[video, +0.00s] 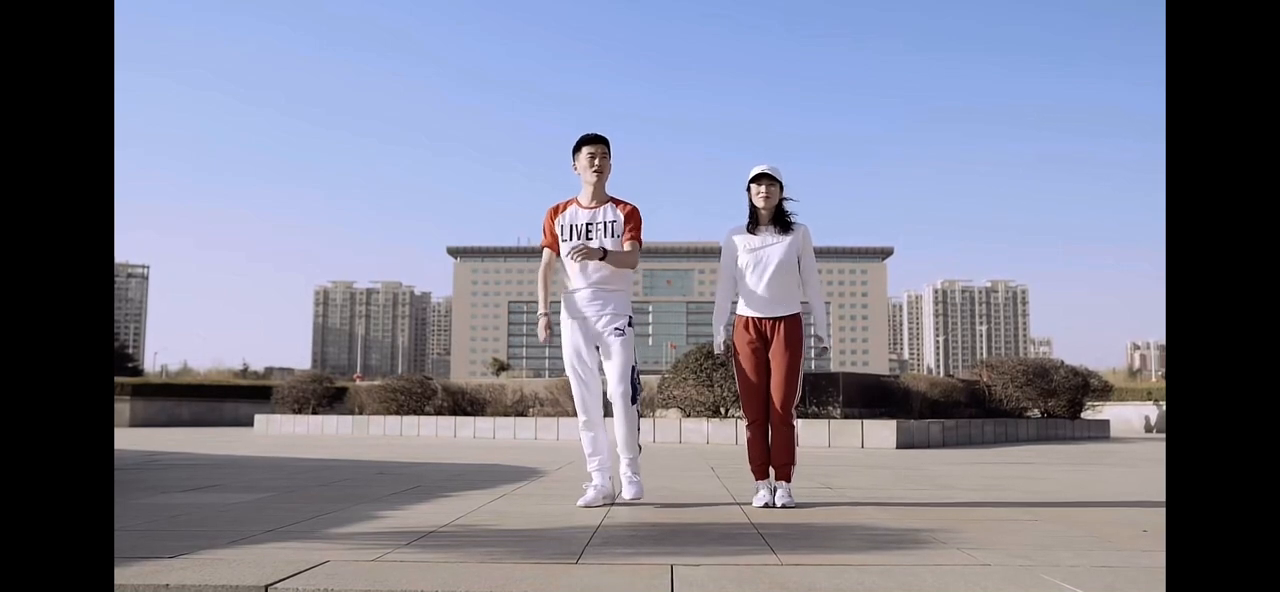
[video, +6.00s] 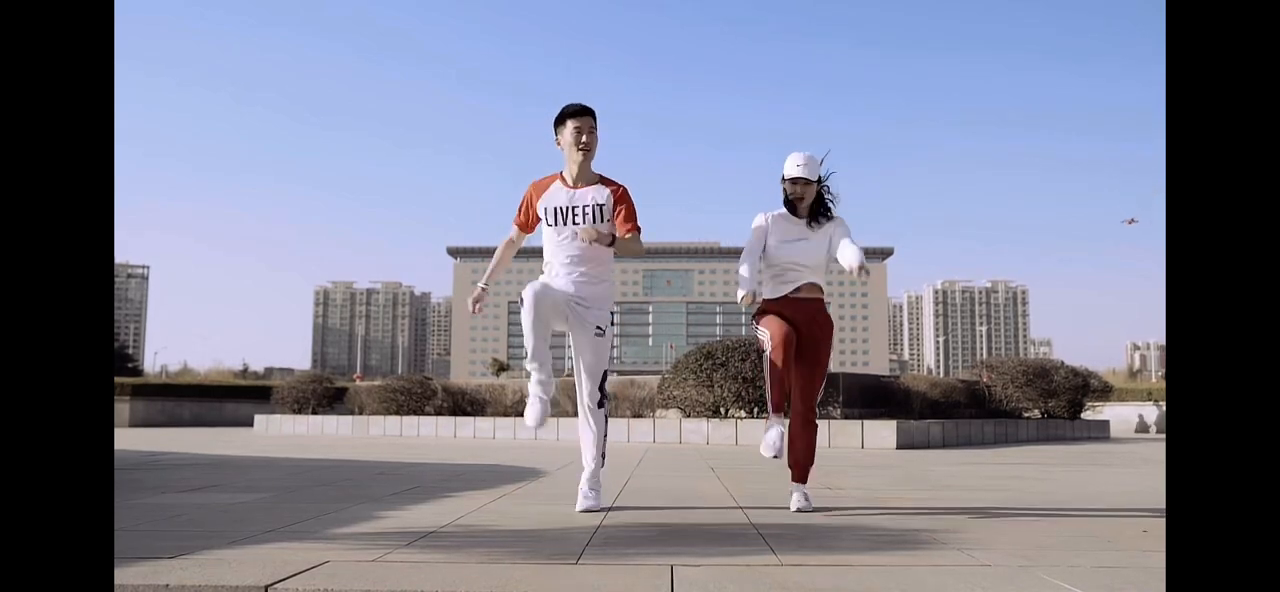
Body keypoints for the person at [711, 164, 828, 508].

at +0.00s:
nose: (763, 190)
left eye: (770, 185)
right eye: (757, 185)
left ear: (781, 193)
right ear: (749, 193)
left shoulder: (798, 233)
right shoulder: (735, 238)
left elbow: (812, 283)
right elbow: (725, 287)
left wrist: (821, 328)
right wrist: (719, 330)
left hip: (786, 325)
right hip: (746, 326)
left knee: (781, 405)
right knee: (754, 408)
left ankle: (783, 483)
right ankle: (762, 483)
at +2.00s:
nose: (771, 185)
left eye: (777, 179)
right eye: (765, 179)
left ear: (786, 185)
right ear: (755, 185)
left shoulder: (795, 225)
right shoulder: (736, 222)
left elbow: (803, 263)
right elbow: (721, 261)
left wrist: (811, 297)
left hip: (785, 311)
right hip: (747, 311)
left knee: (775, 378)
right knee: (750, 398)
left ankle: (779, 459)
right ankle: (758, 471)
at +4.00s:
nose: (794, 185)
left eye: (802, 179)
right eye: (788, 178)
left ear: (813, 188)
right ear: (778, 184)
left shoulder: (819, 232)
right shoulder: (758, 220)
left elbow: (843, 274)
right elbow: (722, 258)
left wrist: (854, 238)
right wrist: (719, 222)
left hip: (801, 325)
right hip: (759, 321)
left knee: (792, 408)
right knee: (754, 407)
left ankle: (781, 490)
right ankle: (764, 438)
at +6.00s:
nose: (798, 190)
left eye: (805, 183)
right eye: (792, 183)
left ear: (817, 185)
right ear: (784, 184)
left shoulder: (831, 224)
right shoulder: (766, 222)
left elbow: (844, 245)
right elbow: (750, 258)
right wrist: (746, 284)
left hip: (814, 314)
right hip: (773, 310)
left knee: (805, 407)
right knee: (780, 338)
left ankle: (799, 488)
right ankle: (776, 419)